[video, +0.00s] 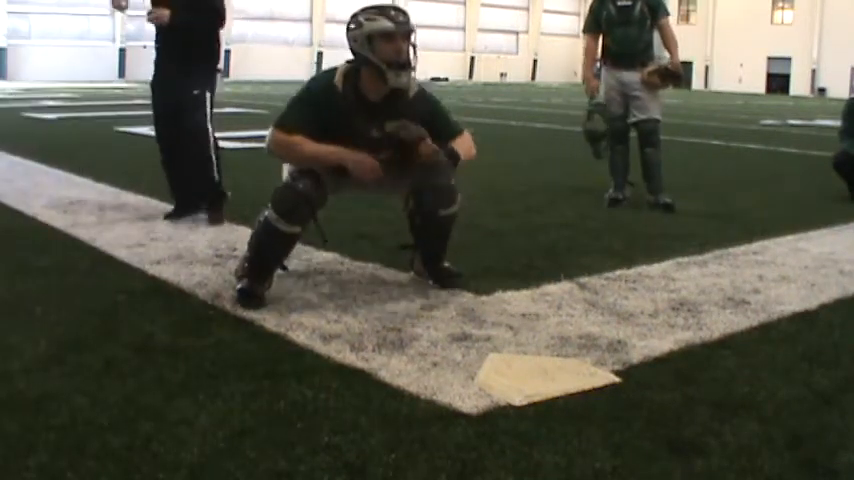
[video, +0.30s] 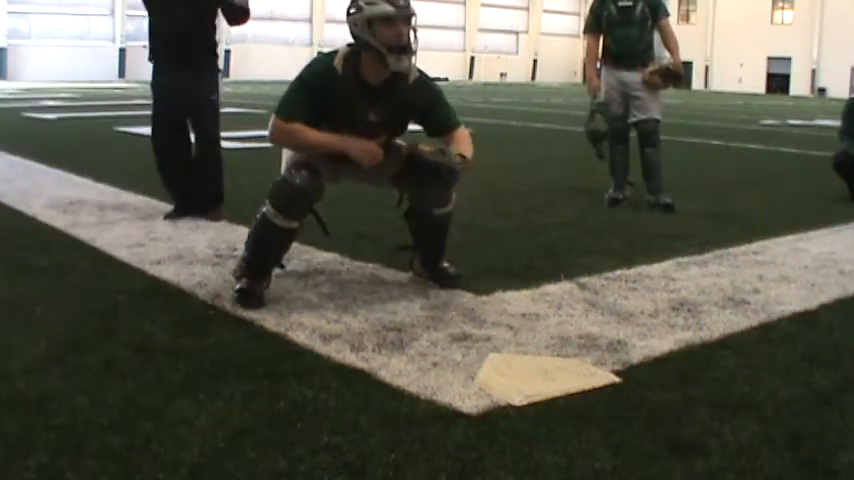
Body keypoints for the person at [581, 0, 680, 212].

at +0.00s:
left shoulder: (650, 3)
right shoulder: (600, 4)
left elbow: (664, 28)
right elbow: (592, 39)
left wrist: (675, 60)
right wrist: (588, 76)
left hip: (644, 74)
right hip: (612, 74)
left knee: (649, 133)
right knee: (616, 134)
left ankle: (656, 193)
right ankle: (618, 188)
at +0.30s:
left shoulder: (651, 3)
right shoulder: (601, 4)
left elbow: (664, 28)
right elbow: (592, 39)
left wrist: (676, 60)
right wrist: (591, 75)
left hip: (644, 75)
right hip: (612, 74)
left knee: (650, 133)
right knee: (616, 134)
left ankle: (656, 193)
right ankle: (618, 188)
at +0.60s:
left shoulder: (652, 4)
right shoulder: (602, 5)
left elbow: (666, 29)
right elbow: (593, 40)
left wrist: (678, 60)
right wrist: (589, 76)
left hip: (645, 74)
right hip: (613, 74)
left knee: (650, 134)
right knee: (617, 135)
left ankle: (656, 193)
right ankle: (618, 188)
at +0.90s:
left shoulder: (653, 4)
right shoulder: (603, 4)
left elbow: (666, 29)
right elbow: (594, 40)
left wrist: (678, 59)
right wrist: (589, 77)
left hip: (645, 73)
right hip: (613, 73)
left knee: (651, 134)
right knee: (617, 134)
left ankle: (656, 193)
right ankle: (618, 188)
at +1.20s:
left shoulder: (653, 4)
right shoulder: (603, 4)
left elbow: (666, 29)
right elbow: (594, 40)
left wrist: (678, 60)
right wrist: (589, 75)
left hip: (645, 74)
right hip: (613, 73)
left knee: (651, 133)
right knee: (617, 134)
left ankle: (656, 193)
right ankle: (618, 188)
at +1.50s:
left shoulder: (653, 4)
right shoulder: (603, 5)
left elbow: (666, 29)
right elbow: (594, 39)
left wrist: (678, 60)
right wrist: (590, 75)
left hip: (645, 74)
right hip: (613, 73)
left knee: (651, 134)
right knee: (617, 134)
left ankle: (656, 193)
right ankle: (618, 188)